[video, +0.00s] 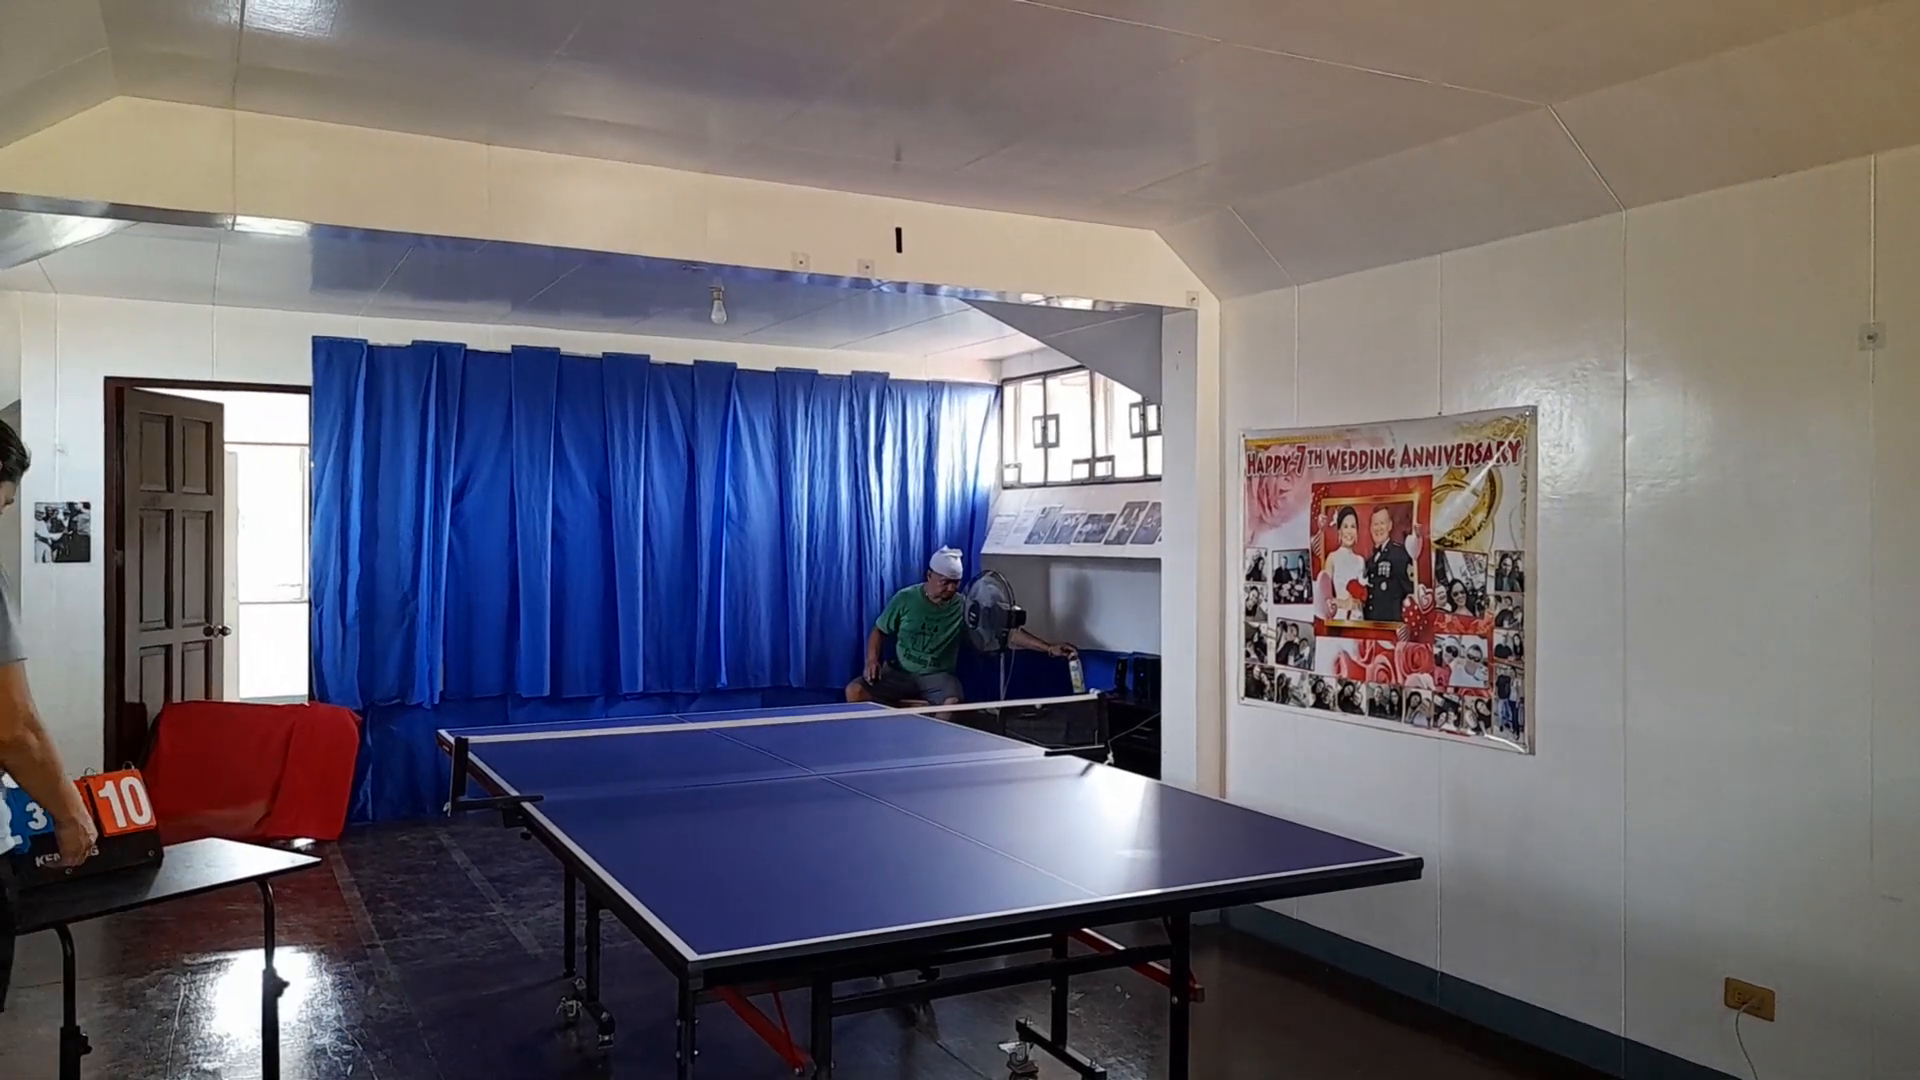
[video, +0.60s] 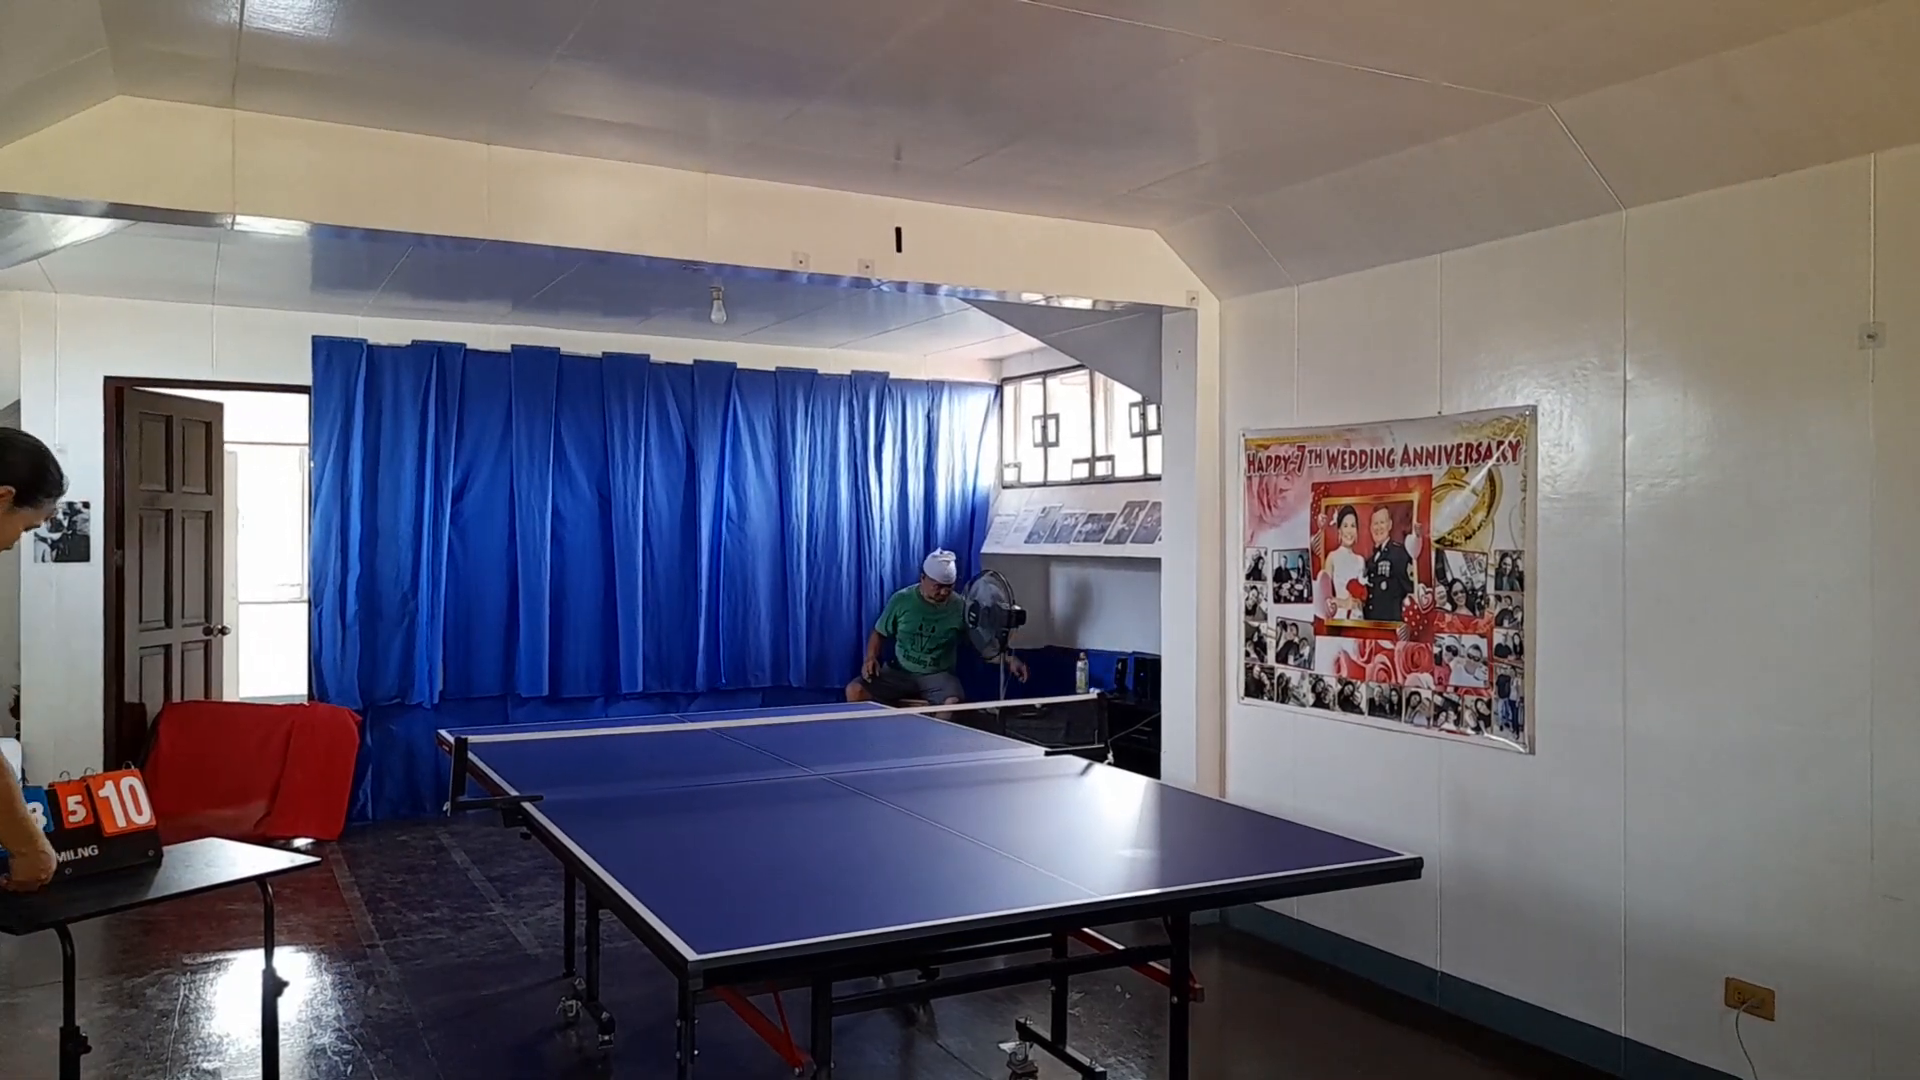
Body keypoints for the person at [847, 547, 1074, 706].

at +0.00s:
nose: (951, 588)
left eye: (955, 583)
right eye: (945, 582)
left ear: (960, 582)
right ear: (929, 577)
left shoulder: (963, 607)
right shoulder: (905, 598)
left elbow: (1005, 631)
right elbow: (878, 631)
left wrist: (1048, 648)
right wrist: (872, 660)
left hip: (938, 678)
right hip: (900, 672)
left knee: (953, 706)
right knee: (854, 690)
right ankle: (876, 745)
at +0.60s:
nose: (942, 592)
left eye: (948, 587)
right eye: (937, 586)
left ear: (954, 583)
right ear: (922, 577)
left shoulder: (960, 607)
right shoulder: (901, 600)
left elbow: (984, 644)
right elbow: (879, 632)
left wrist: (1009, 660)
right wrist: (871, 656)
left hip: (937, 677)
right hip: (899, 673)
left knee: (952, 704)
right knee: (854, 691)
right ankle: (869, 747)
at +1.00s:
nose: (928, 586)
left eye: (932, 580)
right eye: (922, 580)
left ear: (937, 577)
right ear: (906, 573)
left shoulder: (947, 600)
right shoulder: (887, 602)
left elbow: (963, 635)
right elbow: (866, 642)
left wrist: (976, 662)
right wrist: (868, 660)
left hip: (935, 674)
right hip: (896, 673)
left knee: (949, 700)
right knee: (852, 690)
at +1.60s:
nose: (891, 588)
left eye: (894, 581)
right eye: (884, 585)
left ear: (901, 573)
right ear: (873, 584)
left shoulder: (923, 598)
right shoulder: (864, 612)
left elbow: (948, 639)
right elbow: (857, 655)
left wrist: (964, 681)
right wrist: (871, 676)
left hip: (927, 670)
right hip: (887, 673)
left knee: (940, 698)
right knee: (848, 690)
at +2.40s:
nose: (855, 579)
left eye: (860, 571)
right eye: (849, 573)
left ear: (876, 570)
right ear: (844, 576)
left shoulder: (898, 597)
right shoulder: (843, 606)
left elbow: (918, 645)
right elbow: (847, 649)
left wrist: (935, 694)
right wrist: (860, 684)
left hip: (908, 660)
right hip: (873, 663)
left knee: (928, 702)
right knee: (842, 694)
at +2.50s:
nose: (850, 552)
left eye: (858, 545)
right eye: (847, 545)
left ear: (875, 548)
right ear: (843, 548)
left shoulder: (891, 581)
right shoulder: (840, 586)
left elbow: (897, 638)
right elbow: (845, 635)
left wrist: (900, 686)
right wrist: (857, 680)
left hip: (912, 646)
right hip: (874, 649)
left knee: (909, 703)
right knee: (843, 695)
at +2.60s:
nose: (845, 525)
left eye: (853, 518)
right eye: (842, 519)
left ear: (871, 525)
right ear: (839, 524)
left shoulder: (886, 559)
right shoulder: (833, 565)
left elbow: (893, 611)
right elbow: (835, 611)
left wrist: (863, 650)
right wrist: (849, 653)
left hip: (902, 634)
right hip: (865, 636)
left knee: (912, 700)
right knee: (844, 695)